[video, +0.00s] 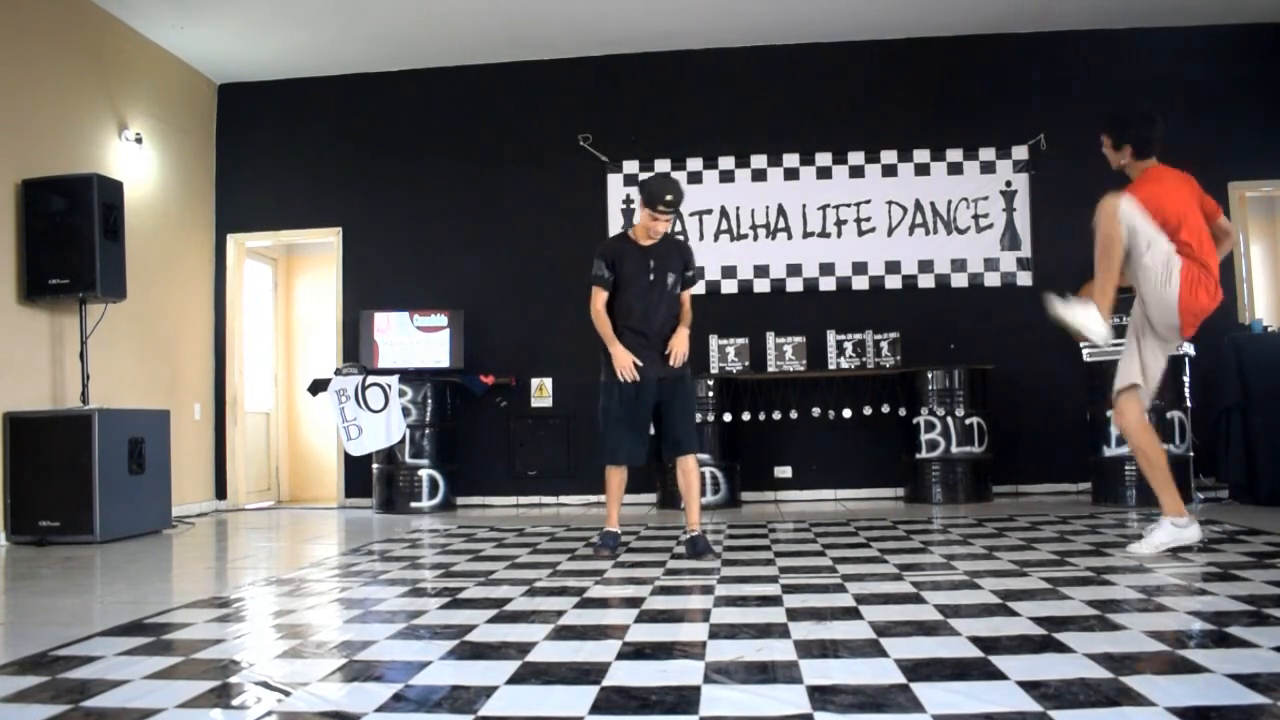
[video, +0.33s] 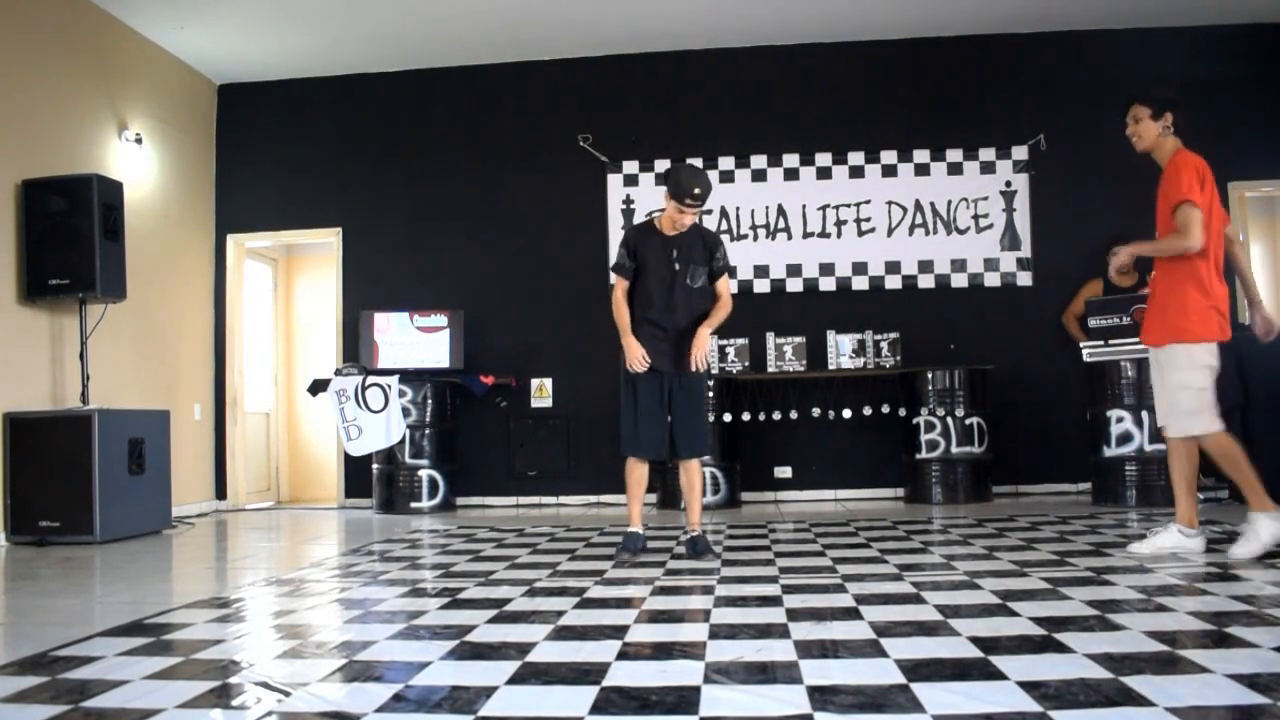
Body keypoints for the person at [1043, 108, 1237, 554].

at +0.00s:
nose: (1104, 153)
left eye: (1106, 146)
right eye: (1104, 146)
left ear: (1125, 149)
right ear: (1148, 147)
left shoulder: (1138, 192)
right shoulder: (1182, 181)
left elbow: (1120, 266)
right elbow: (1227, 233)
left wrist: (1095, 295)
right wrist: (1197, 266)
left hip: (1180, 290)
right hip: (1165, 313)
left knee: (1113, 204)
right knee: (1127, 411)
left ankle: (1097, 311)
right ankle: (1177, 518)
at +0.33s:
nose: (1129, 130)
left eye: (1137, 121)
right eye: (1128, 123)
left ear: (1165, 122)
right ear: (1158, 126)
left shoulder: (1184, 166)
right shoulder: (1186, 171)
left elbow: (1192, 237)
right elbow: (1231, 239)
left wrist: (1133, 249)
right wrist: (1256, 302)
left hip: (1189, 322)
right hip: (1171, 323)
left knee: (1199, 421)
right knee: (1177, 423)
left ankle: (1265, 512)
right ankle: (1186, 529)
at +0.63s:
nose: (1172, 122)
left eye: (1180, 112)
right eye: (1170, 115)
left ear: (1210, 115)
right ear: (1184, 123)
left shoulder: (1244, 161)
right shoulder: (1189, 179)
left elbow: (1274, 229)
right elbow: (1207, 247)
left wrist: (1220, 263)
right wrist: (1193, 305)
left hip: (1253, 325)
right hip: (1199, 325)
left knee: (1268, 426)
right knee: (1193, 424)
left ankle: (1278, 524)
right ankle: (1187, 528)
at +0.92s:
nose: (1220, 115)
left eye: (1230, 108)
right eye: (1219, 108)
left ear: (1258, 116)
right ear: (1221, 119)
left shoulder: (1276, 164)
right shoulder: (1213, 178)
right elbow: (1182, 243)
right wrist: (1139, 295)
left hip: (1274, 321)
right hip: (1226, 322)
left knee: (1276, 428)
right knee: (1216, 419)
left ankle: (1278, 523)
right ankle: (1273, 494)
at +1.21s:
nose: (1254, 119)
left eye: (1264, 111)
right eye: (1252, 112)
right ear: (1249, 122)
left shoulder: (1272, 176)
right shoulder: (1232, 183)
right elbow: (1220, 244)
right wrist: (1204, 284)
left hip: (1275, 322)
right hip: (1251, 326)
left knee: (1272, 427)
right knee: (1266, 428)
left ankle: (1274, 524)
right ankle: (1272, 522)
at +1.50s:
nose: (1263, 127)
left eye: (1272, 119)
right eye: (1260, 120)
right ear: (1258, 128)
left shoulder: (1264, 192)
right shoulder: (1264, 192)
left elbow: (1268, 260)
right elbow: (1268, 259)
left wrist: (1262, 320)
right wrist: (1262, 319)